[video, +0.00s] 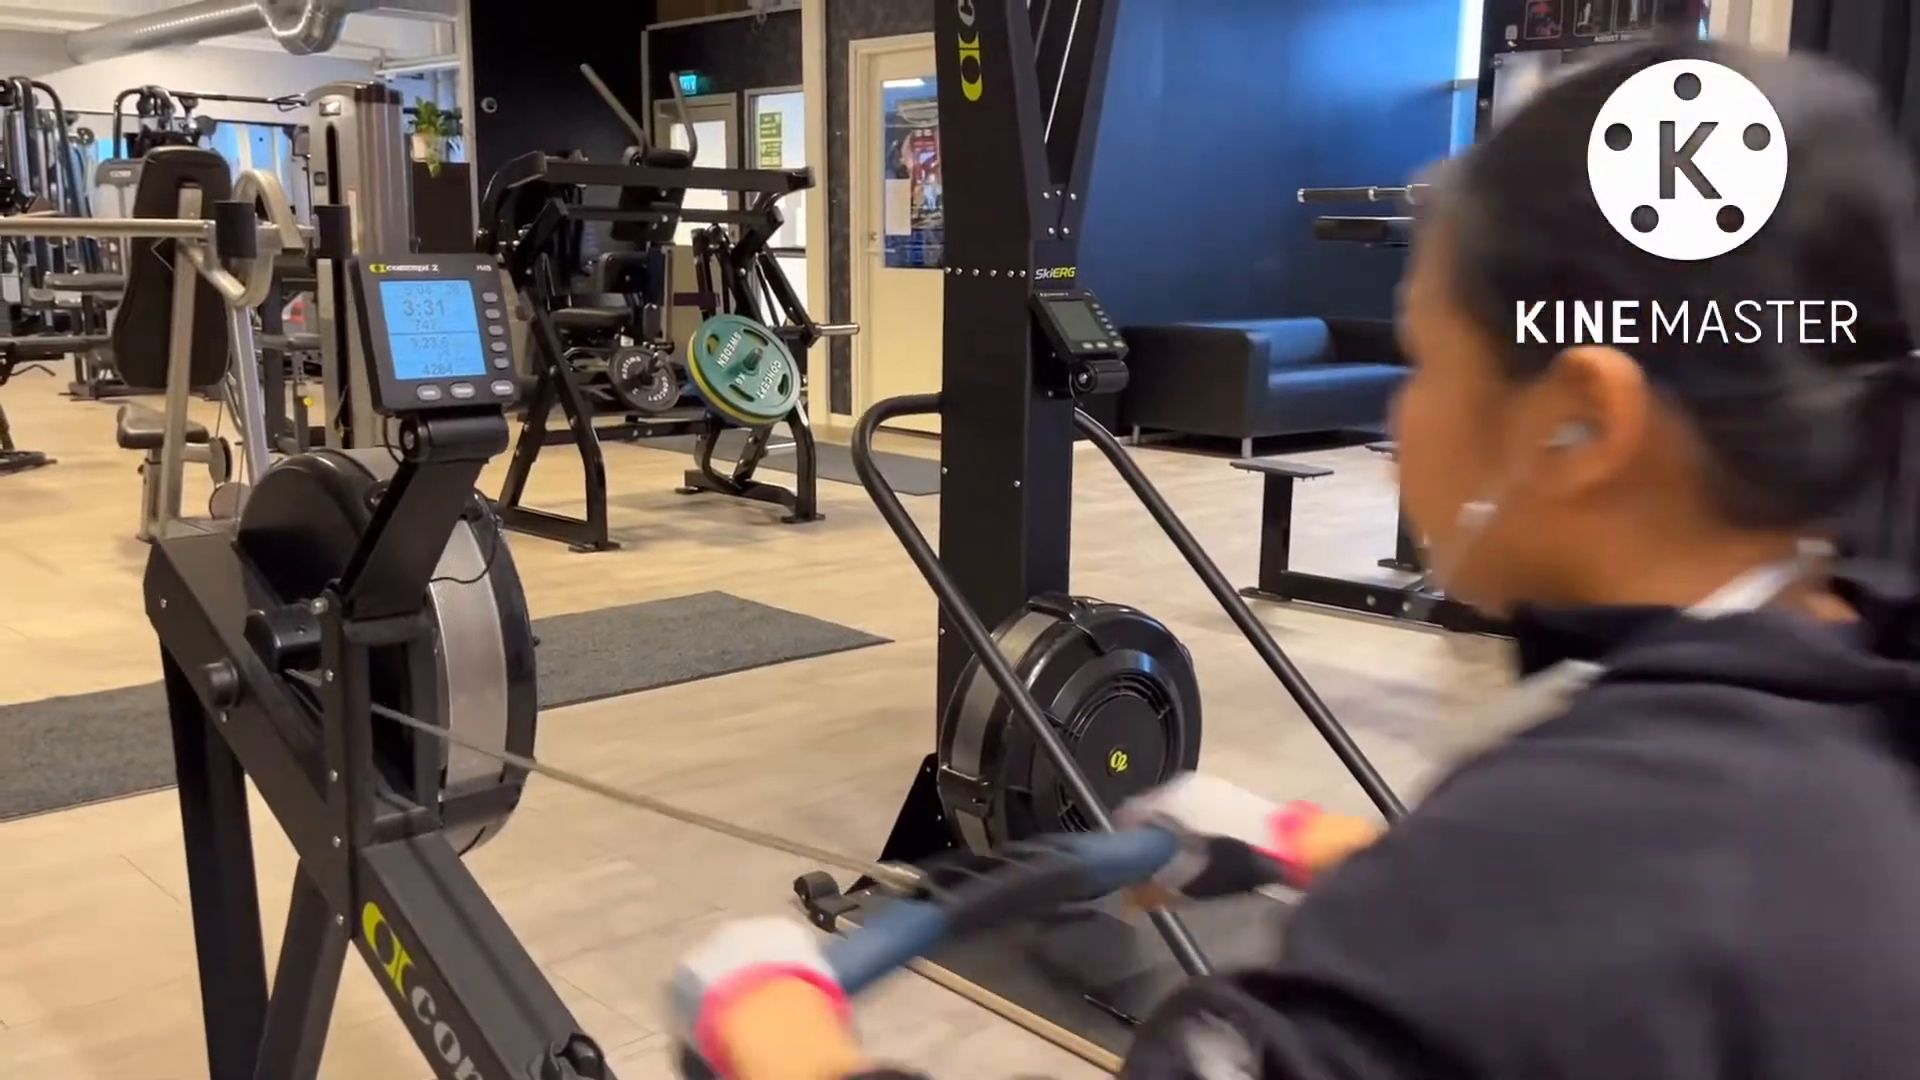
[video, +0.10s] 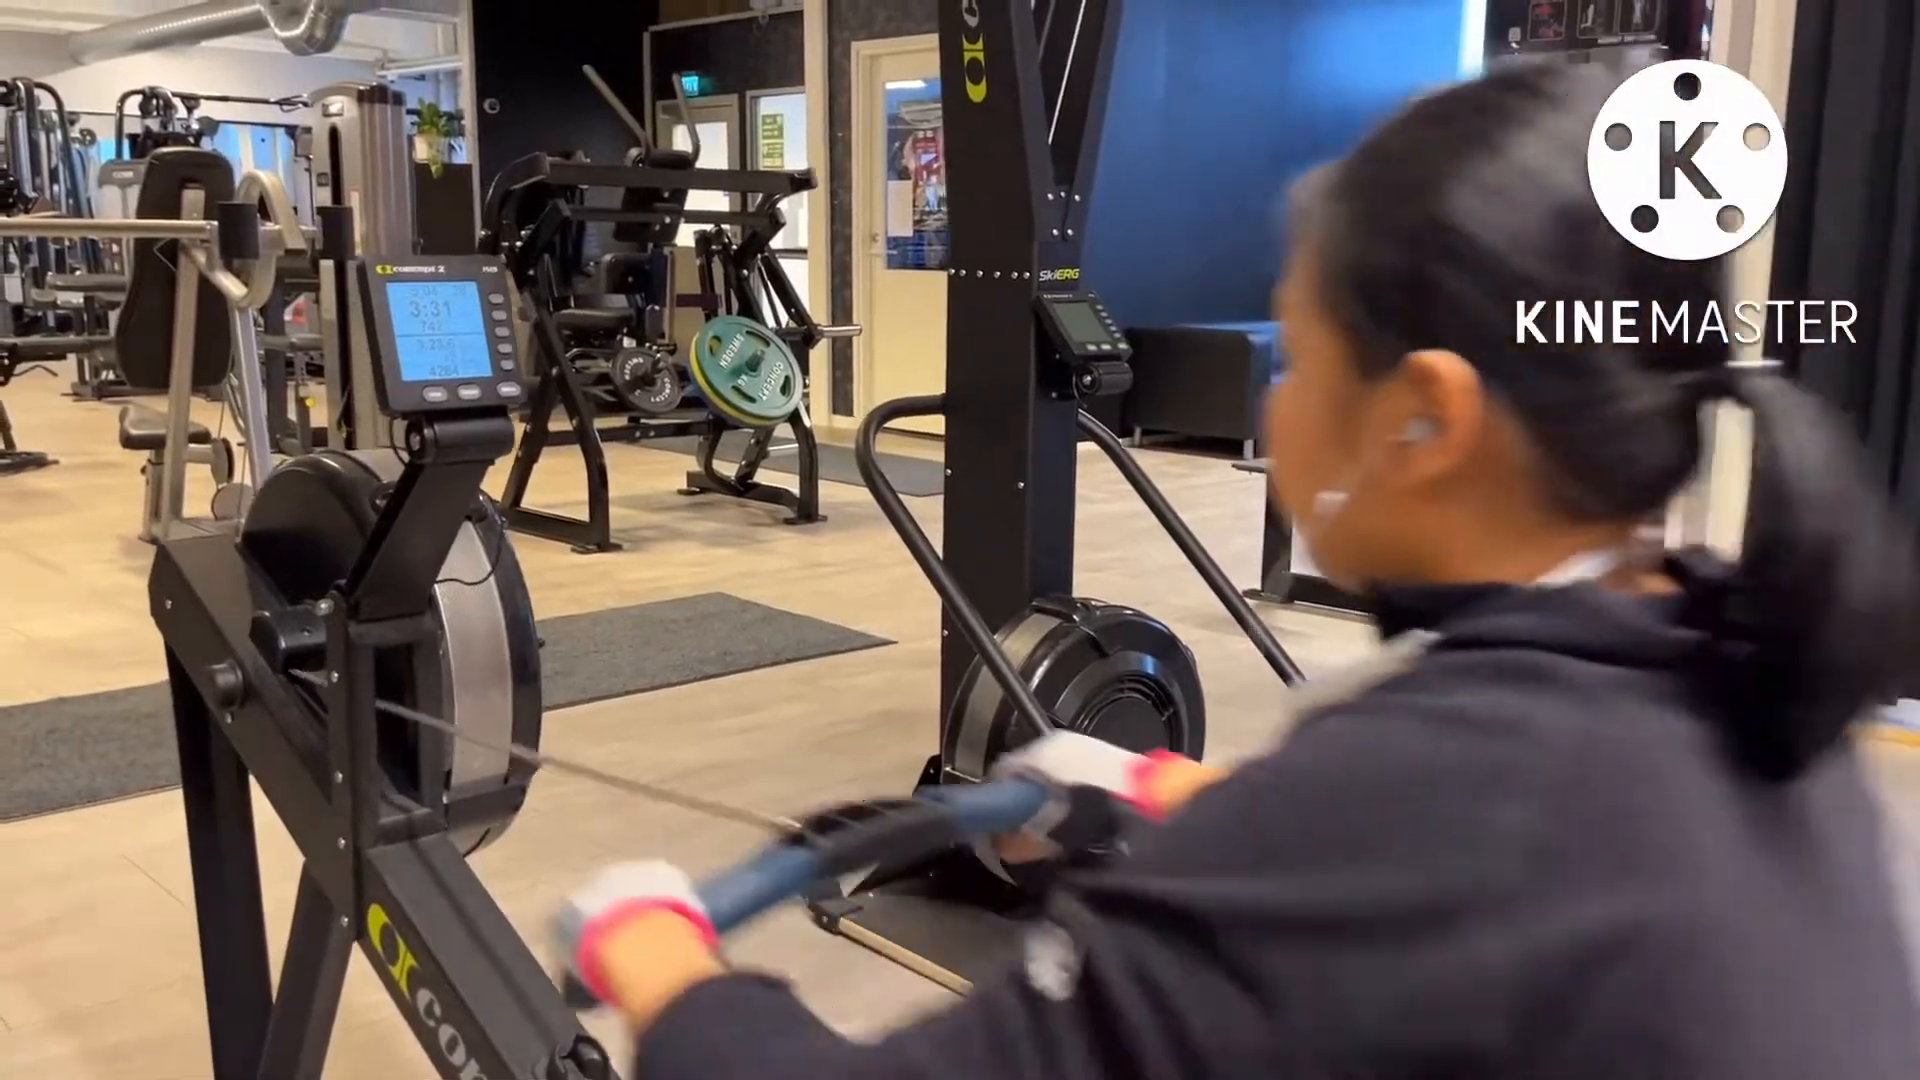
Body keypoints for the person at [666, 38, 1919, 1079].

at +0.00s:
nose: (1392, 422)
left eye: (1419, 366)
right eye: (1407, 364)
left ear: (1581, 426)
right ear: (1823, 404)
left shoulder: (1462, 930)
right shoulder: (1875, 698)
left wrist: (787, 1048)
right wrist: (1402, 858)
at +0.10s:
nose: (1267, 400)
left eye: (1291, 357)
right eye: (1281, 350)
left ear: (1430, 422)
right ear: (1655, 405)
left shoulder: (1416, 793)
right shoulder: (1774, 696)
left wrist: (670, 982)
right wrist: (1220, 821)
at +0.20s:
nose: (1150, 401)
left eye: (1172, 360)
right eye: (1163, 355)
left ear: (1293, 417)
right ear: (1507, 387)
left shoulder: (1273, 758)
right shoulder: (1598, 633)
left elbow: (778, 1047)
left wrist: (574, 902)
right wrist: (1097, 770)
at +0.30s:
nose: (1058, 395)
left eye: (1077, 354)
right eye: (1072, 349)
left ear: (1180, 417)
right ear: (1393, 387)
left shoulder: (1106, 728)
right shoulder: (1485, 619)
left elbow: (695, 980)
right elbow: (1276, 772)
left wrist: (491, 849)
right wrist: (985, 725)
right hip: (1624, 1042)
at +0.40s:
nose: (990, 389)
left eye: (1008, 353)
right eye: (1006, 347)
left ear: (1102, 419)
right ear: (1306, 383)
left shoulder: (1026, 704)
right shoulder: (1398, 588)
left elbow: (630, 888)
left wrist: (439, 791)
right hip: (1541, 1041)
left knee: (855, 961)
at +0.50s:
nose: (957, 390)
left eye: (976, 355)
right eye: (976, 348)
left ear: (1061, 425)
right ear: (1264, 393)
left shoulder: (989, 678)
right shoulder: (1352, 586)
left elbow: (648, 783)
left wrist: (412, 736)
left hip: (1243, 1068)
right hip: (1509, 1046)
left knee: (833, 974)